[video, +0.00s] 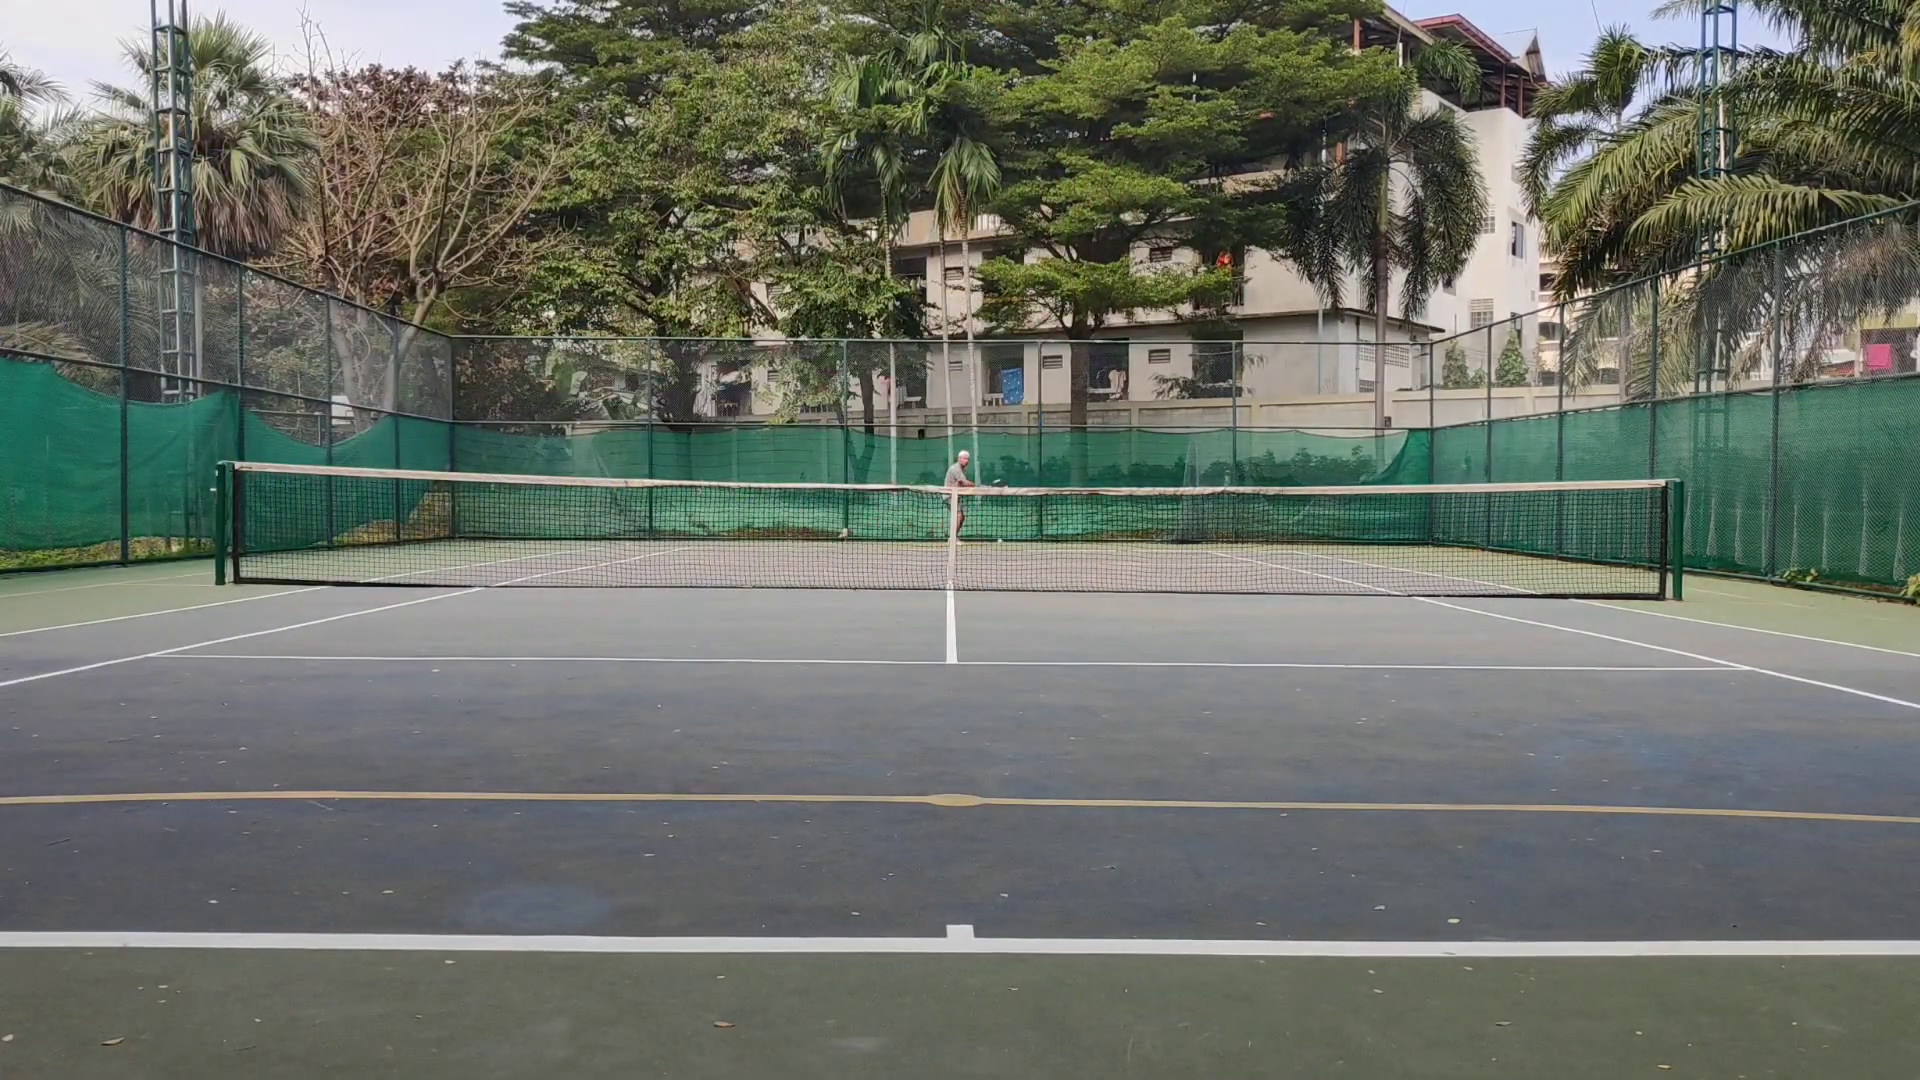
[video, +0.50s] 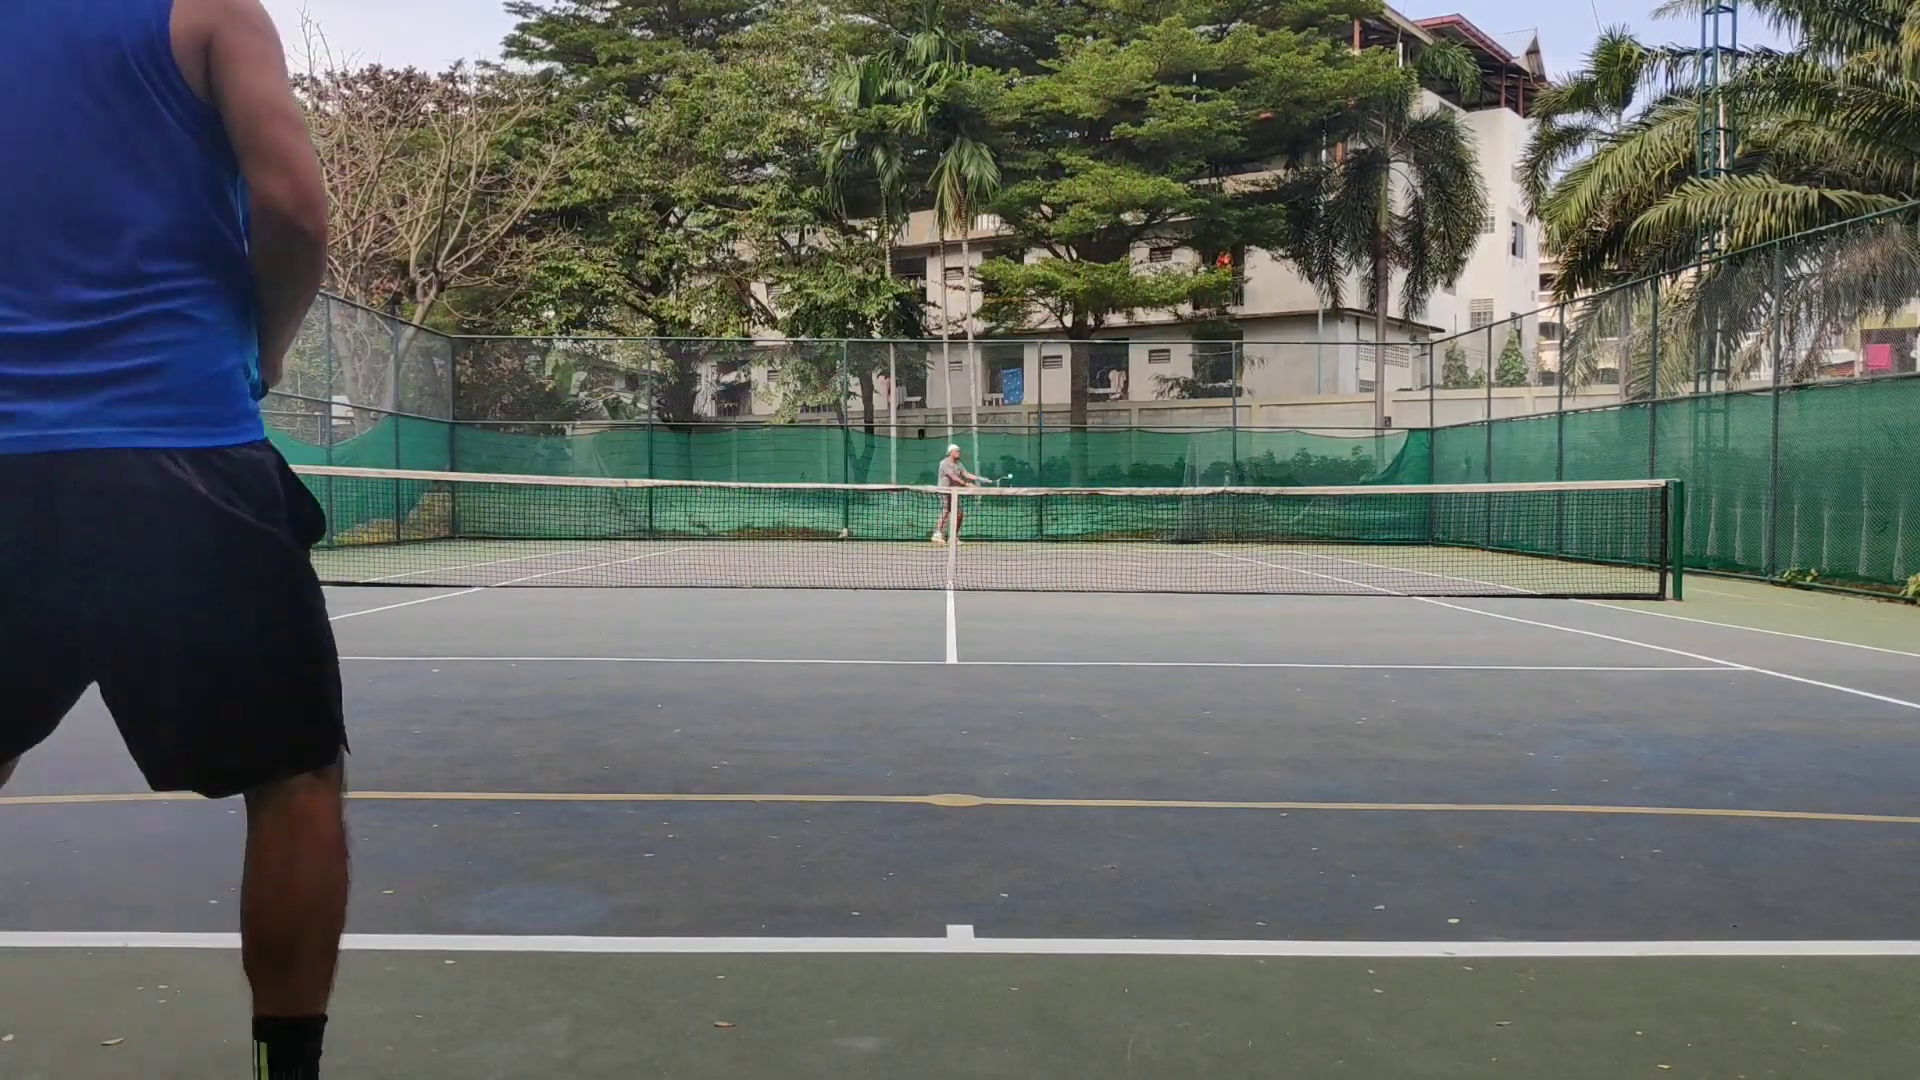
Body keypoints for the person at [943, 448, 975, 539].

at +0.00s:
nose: (966, 461)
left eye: (967, 459)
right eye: (964, 458)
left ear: (968, 459)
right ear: (959, 458)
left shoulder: (960, 468)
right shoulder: (955, 468)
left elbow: (962, 482)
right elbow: (964, 482)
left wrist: (971, 485)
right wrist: (974, 485)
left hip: (955, 495)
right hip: (950, 495)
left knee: (961, 516)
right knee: (959, 516)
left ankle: (954, 536)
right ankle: (953, 537)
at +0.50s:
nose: (958, 453)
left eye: (959, 451)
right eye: (956, 451)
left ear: (958, 453)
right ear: (951, 453)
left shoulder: (958, 464)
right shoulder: (945, 463)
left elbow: (966, 474)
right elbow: (953, 476)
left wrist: (980, 479)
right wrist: (966, 484)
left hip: (955, 491)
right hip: (945, 491)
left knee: (959, 514)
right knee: (946, 512)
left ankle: (954, 536)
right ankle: (938, 534)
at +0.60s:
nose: (952, 452)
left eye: (952, 450)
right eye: (950, 450)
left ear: (953, 451)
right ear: (945, 452)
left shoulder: (955, 461)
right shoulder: (940, 463)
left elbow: (959, 471)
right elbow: (948, 476)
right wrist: (962, 484)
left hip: (953, 489)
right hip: (943, 488)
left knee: (959, 513)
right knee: (945, 510)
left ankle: (954, 536)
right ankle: (929, 529)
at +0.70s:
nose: (947, 453)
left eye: (948, 451)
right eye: (945, 451)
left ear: (949, 453)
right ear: (940, 453)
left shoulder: (950, 461)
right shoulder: (936, 463)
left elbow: (954, 469)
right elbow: (943, 477)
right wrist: (956, 483)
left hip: (951, 489)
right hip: (942, 488)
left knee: (957, 514)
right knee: (943, 513)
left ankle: (954, 537)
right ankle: (926, 529)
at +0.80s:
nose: (941, 453)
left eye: (942, 451)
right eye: (939, 452)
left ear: (943, 453)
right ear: (934, 454)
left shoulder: (945, 462)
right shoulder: (929, 465)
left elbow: (945, 467)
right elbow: (936, 477)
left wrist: (929, 462)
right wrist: (948, 482)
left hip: (948, 490)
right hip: (937, 490)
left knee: (957, 514)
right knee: (937, 513)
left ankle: (954, 537)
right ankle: (923, 533)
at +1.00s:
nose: (930, 455)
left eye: (931, 452)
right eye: (928, 453)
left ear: (933, 454)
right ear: (924, 454)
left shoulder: (936, 463)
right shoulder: (920, 464)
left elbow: (934, 470)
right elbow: (910, 468)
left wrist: (922, 467)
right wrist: (902, 465)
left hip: (934, 492)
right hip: (923, 492)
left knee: (945, 514)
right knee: (921, 515)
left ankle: (948, 534)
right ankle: (920, 534)